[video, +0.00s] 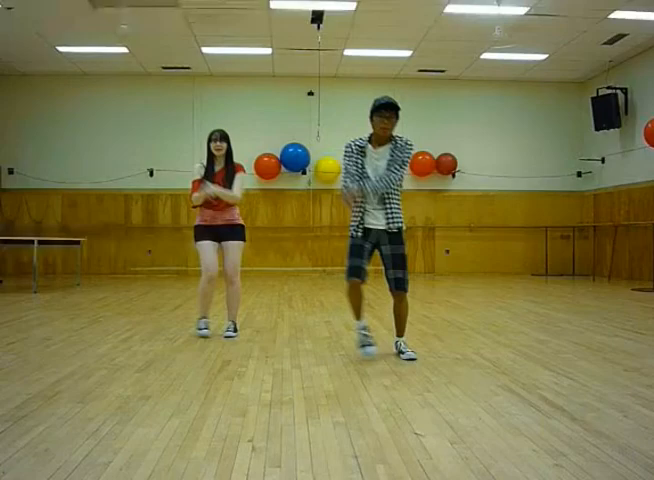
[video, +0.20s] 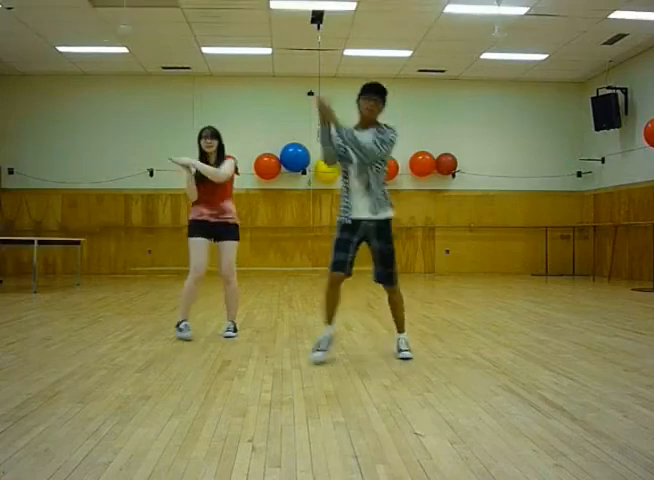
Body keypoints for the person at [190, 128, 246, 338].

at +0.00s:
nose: (218, 145)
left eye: (222, 141)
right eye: (214, 141)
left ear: (228, 145)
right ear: (209, 145)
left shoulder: (237, 169)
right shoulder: (201, 170)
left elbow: (236, 197)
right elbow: (194, 200)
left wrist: (214, 190)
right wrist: (205, 192)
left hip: (231, 223)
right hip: (205, 223)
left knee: (231, 274)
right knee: (210, 272)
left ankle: (232, 322)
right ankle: (203, 318)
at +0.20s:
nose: (208, 142)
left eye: (212, 138)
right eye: (204, 139)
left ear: (219, 141)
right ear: (199, 142)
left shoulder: (229, 161)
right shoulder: (196, 165)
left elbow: (221, 176)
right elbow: (192, 197)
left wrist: (193, 164)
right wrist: (189, 172)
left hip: (226, 220)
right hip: (200, 219)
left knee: (228, 274)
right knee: (197, 272)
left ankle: (231, 322)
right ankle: (182, 321)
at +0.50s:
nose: (185, 149)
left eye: (190, 145)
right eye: (181, 145)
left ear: (196, 149)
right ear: (176, 150)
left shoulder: (206, 168)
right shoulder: (171, 177)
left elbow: (209, 185)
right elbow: (174, 197)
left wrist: (190, 164)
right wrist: (184, 170)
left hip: (204, 227)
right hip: (177, 227)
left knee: (214, 277)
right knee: (183, 277)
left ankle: (230, 322)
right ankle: (176, 325)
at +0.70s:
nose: (173, 150)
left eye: (176, 146)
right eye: (169, 147)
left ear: (183, 149)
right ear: (163, 150)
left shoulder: (189, 173)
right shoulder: (156, 171)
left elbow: (196, 205)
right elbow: (163, 191)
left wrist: (189, 179)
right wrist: (186, 174)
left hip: (187, 226)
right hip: (162, 227)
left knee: (202, 276)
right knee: (177, 275)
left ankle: (202, 320)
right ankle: (176, 325)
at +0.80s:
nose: (166, 147)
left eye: (170, 143)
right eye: (162, 143)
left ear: (176, 146)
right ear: (157, 147)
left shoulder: (182, 171)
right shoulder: (150, 169)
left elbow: (189, 200)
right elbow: (154, 186)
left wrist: (177, 175)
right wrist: (175, 168)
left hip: (179, 225)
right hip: (155, 225)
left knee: (189, 275)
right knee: (172, 274)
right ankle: (174, 324)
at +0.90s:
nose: (160, 146)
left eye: (164, 142)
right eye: (156, 143)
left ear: (170, 146)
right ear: (149, 147)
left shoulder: (177, 171)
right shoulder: (141, 169)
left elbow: (180, 193)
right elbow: (141, 190)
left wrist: (159, 170)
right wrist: (151, 164)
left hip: (171, 226)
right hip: (147, 224)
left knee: (166, 278)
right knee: (164, 274)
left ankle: (132, 312)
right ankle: (173, 325)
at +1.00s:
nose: (155, 149)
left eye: (159, 146)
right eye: (151, 146)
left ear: (165, 150)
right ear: (145, 150)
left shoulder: (172, 174)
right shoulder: (138, 173)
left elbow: (170, 192)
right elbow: (128, 201)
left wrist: (144, 176)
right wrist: (130, 176)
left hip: (162, 230)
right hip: (138, 228)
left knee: (144, 283)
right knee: (160, 272)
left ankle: (119, 319)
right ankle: (166, 326)